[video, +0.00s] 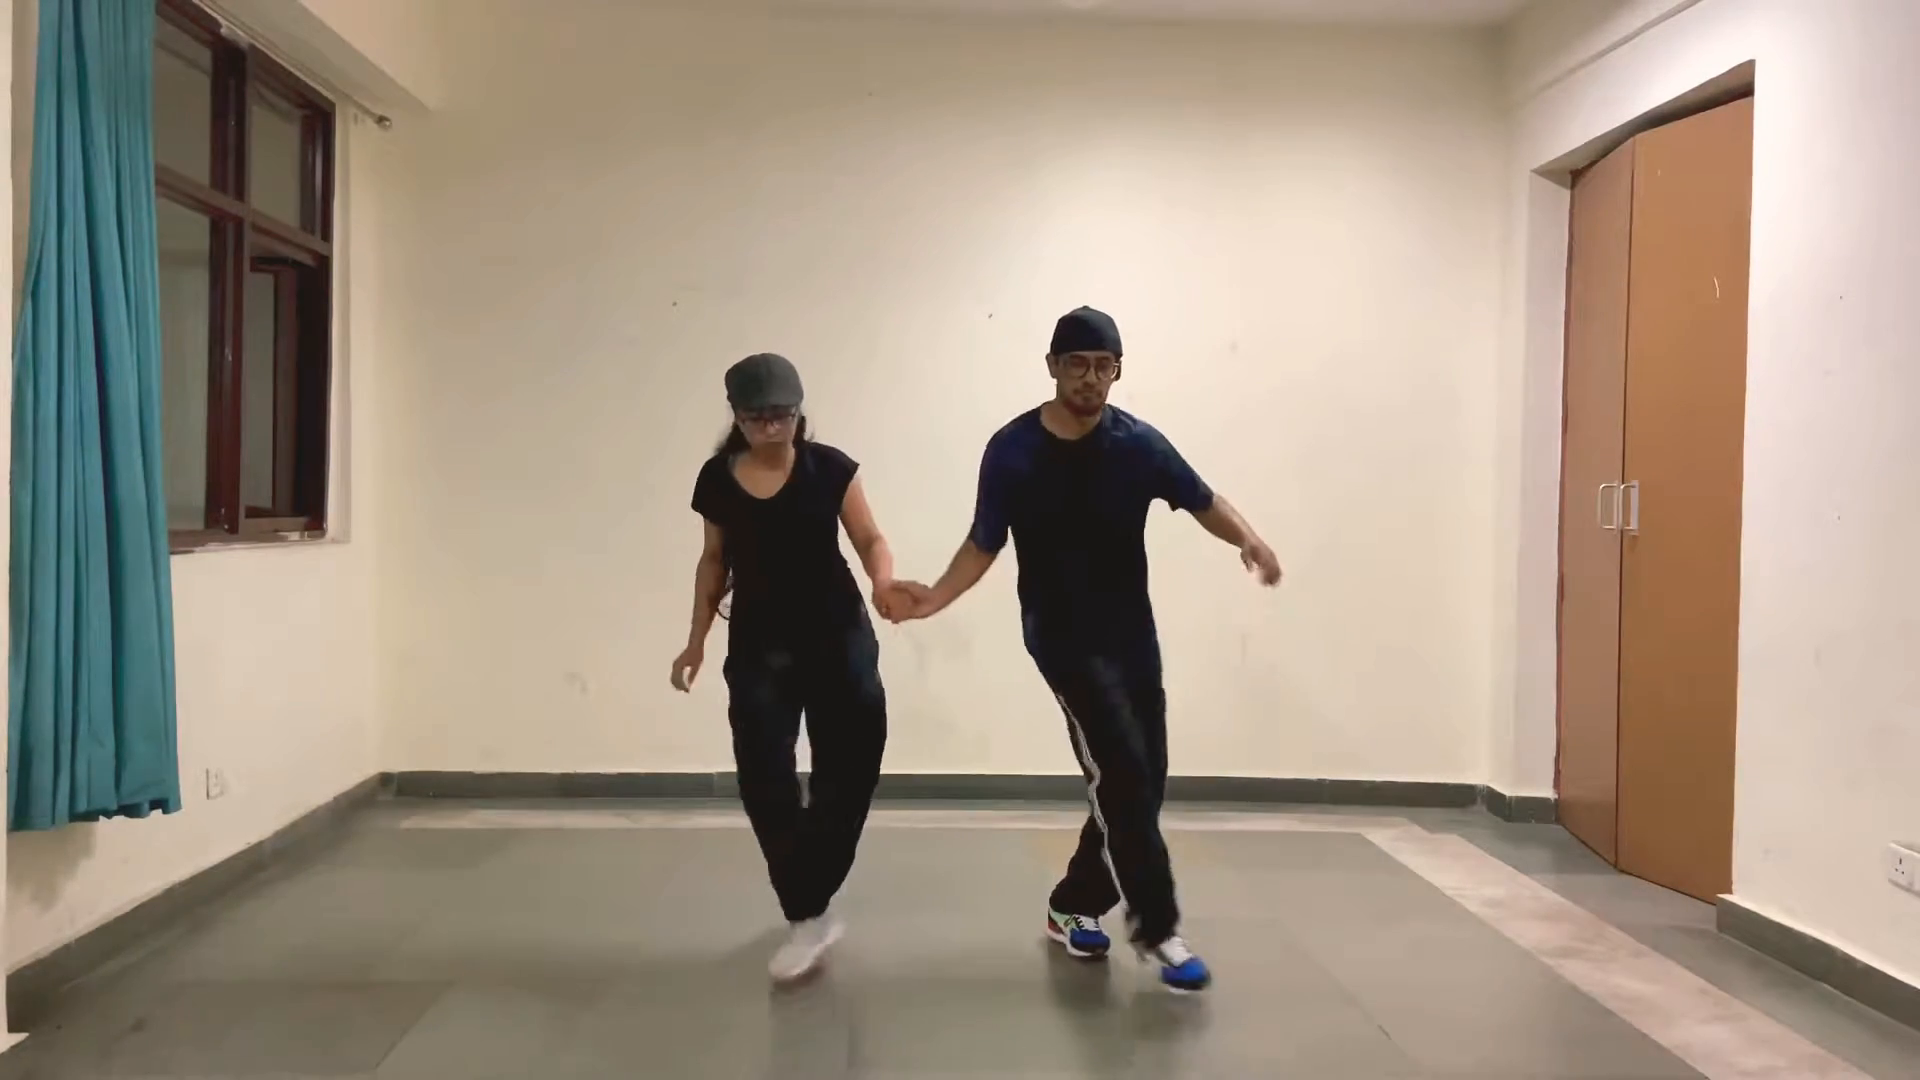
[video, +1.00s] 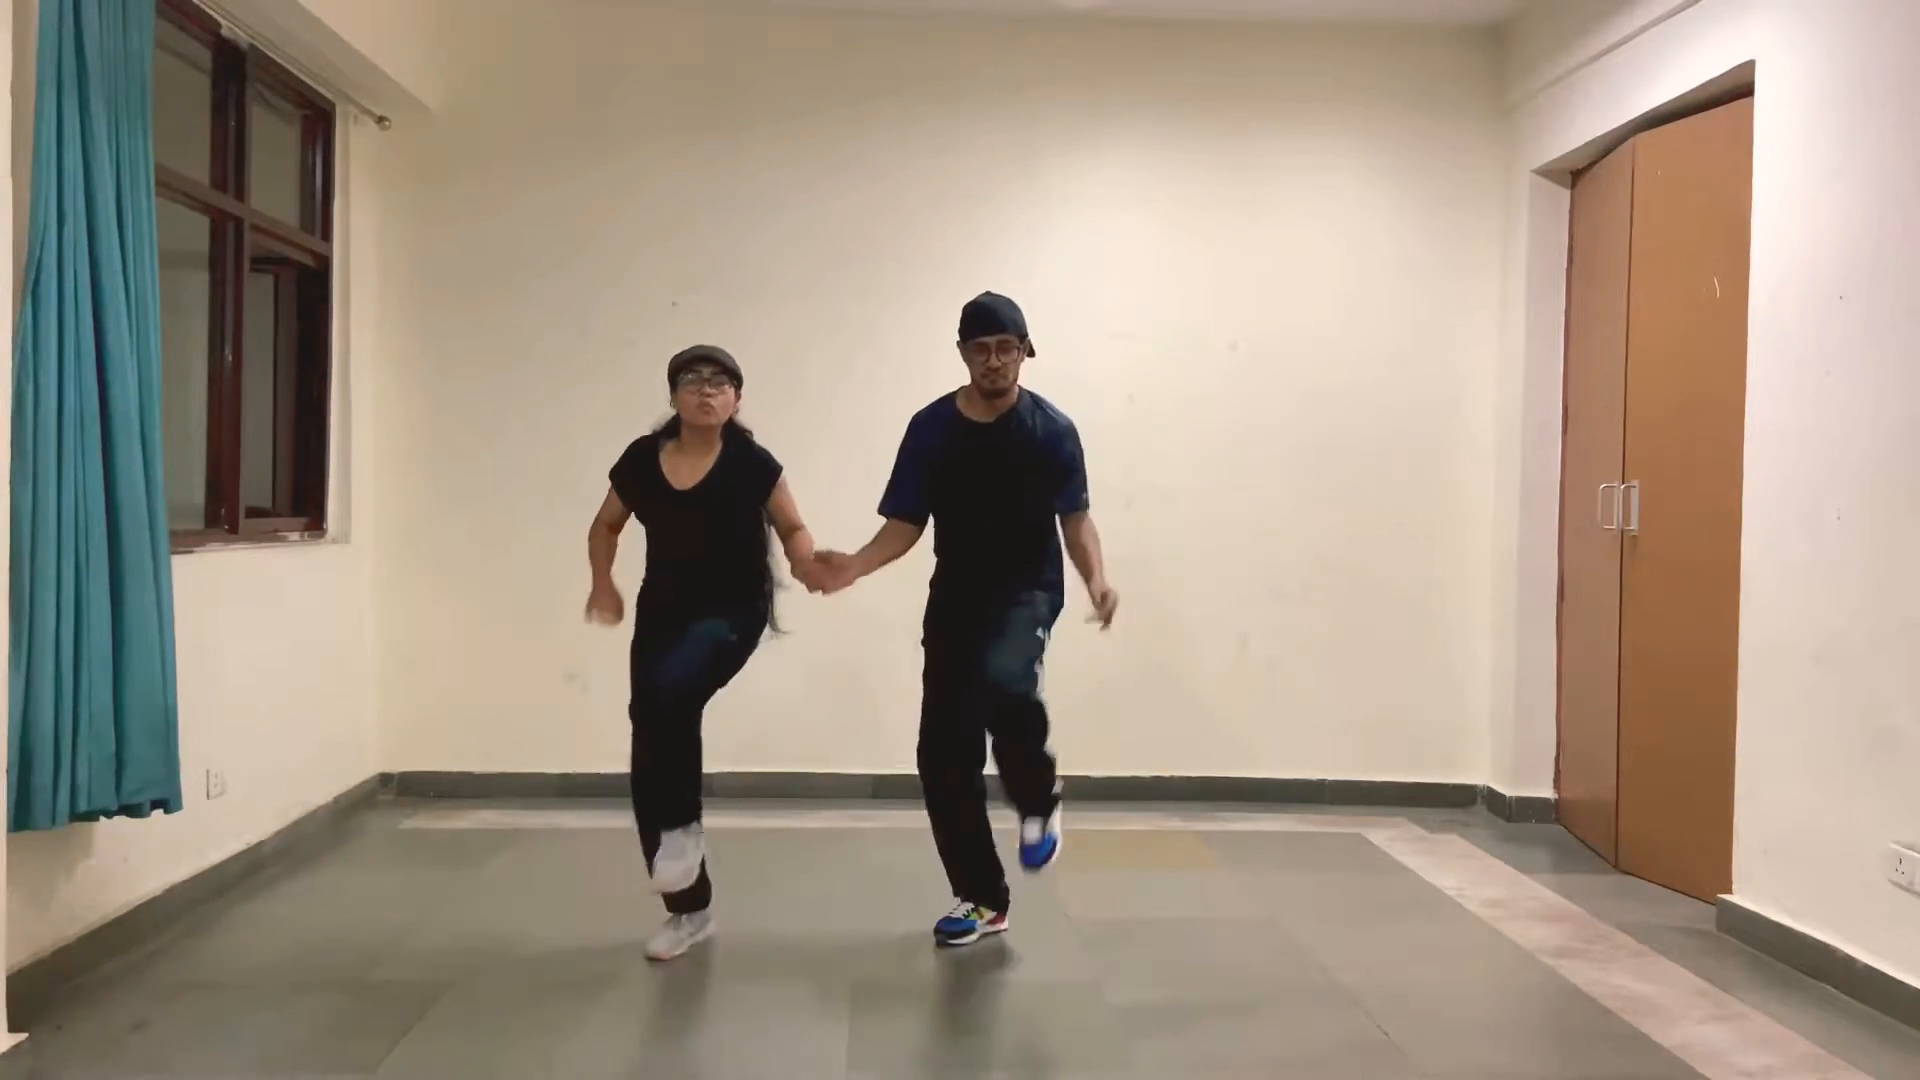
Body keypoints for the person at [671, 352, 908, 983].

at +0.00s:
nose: (772, 424)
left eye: (782, 412)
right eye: (759, 414)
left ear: (799, 410)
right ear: (737, 416)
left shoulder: (830, 469)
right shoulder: (718, 481)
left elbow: (869, 539)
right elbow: (713, 562)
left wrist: (882, 582)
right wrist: (696, 641)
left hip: (836, 643)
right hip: (759, 649)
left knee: (850, 771)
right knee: (764, 782)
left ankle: (811, 906)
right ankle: (807, 917)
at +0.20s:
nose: (761, 392)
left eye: (773, 382)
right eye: (750, 382)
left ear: (795, 387)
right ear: (734, 386)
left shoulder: (821, 454)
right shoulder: (706, 444)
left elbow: (844, 533)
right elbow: (661, 523)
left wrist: (848, 594)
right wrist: (706, 532)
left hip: (799, 630)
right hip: (723, 631)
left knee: (802, 766)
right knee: (711, 763)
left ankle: (810, 895)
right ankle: (708, 885)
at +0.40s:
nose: (755, 401)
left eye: (768, 392)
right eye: (743, 391)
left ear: (784, 405)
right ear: (723, 400)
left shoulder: (790, 476)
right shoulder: (686, 449)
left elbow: (829, 548)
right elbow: (637, 530)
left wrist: (860, 612)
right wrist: (639, 604)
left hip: (745, 642)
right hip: (671, 637)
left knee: (750, 772)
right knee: (670, 779)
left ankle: (786, 876)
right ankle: (678, 907)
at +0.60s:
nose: (751, 404)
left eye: (763, 396)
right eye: (737, 395)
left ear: (777, 410)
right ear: (716, 406)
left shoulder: (777, 484)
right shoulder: (671, 456)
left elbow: (800, 543)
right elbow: (601, 516)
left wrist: (830, 595)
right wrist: (568, 602)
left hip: (712, 646)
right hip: (636, 636)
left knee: (692, 768)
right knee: (634, 774)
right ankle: (670, 899)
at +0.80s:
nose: (727, 414)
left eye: (740, 406)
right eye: (714, 405)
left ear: (756, 424)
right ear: (693, 420)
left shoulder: (762, 497)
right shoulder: (657, 473)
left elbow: (775, 568)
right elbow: (596, 526)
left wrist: (803, 619)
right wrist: (536, 585)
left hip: (701, 666)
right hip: (631, 651)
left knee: (624, 791)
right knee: (612, 787)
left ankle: (558, 929)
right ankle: (682, 901)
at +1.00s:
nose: (707, 392)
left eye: (719, 384)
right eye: (694, 384)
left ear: (736, 398)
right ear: (674, 397)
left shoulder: (753, 465)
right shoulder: (644, 459)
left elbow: (792, 527)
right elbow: (605, 526)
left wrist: (804, 559)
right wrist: (602, 581)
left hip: (732, 611)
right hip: (662, 613)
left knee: (671, 693)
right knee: (651, 741)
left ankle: (679, 826)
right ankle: (688, 905)